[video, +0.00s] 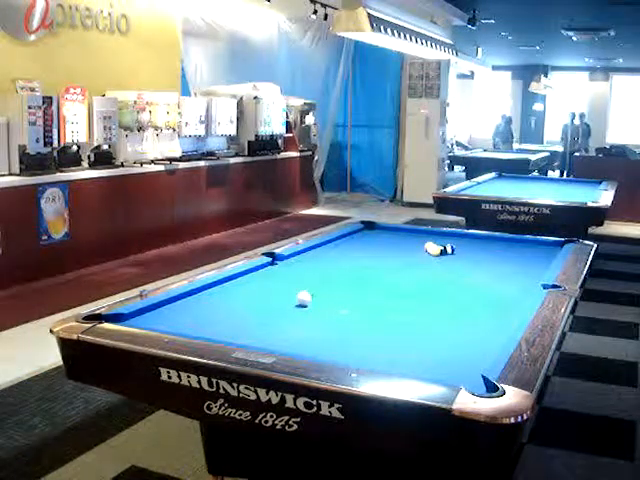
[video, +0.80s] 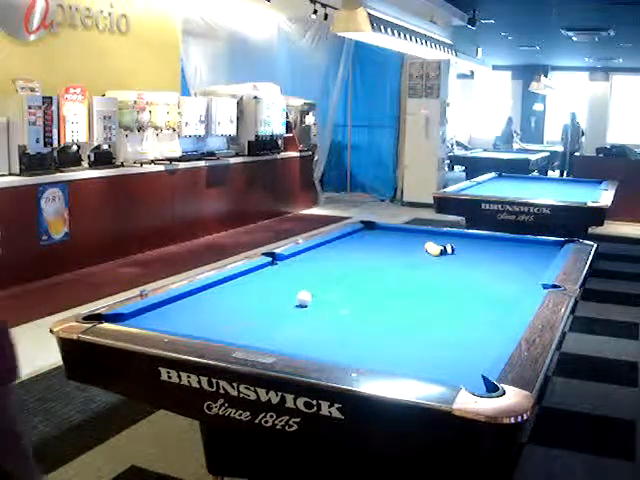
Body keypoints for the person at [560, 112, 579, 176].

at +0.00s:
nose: (572, 117)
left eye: (573, 116)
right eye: (571, 116)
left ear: (574, 117)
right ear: (569, 116)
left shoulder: (576, 127)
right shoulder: (565, 126)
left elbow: (578, 136)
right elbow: (563, 134)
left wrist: (577, 144)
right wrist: (562, 141)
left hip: (572, 145)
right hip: (565, 145)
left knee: (571, 159)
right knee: (563, 159)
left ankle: (569, 172)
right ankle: (561, 172)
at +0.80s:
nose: (572, 119)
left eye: (574, 117)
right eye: (571, 117)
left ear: (576, 118)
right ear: (570, 117)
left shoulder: (578, 126)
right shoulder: (566, 126)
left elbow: (580, 135)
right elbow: (563, 135)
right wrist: (563, 142)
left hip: (574, 146)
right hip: (566, 145)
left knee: (571, 160)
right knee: (563, 159)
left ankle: (569, 173)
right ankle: (561, 173)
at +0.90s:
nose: (572, 119)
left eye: (574, 117)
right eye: (571, 117)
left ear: (576, 117)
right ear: (570, 117)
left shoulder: (577, 126)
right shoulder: (566, 125)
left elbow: (580, 134)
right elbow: (563, 134)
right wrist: (563, 141)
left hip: (574, 145)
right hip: (566, 145)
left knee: (571, 159)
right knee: (563, 158)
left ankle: (569, 173)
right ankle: (561, 173)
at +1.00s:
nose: (572, 119)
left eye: (574, 117)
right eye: (571, 117)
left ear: (575, 117)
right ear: (570, 117)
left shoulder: (577, 126)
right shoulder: (566, 125)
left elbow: (579, 135)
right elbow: (563, 134)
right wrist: (563, 141)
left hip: (574, 146)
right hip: (566, 145)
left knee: (571, 159)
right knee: (563, 159)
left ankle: (569, 173)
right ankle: (561, 172)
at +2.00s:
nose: (571, 119)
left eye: (572, 117)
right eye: (570, 117)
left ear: (574, 117)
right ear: (568, 117)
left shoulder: (576, 126)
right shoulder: (565, 125)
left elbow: (578, 135)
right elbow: (563, 134)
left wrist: (577, 143)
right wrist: (562, 142)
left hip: (573, 145)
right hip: (566, 145)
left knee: (571, 160)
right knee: (563, 160)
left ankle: (570, 173)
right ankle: (562, 173)